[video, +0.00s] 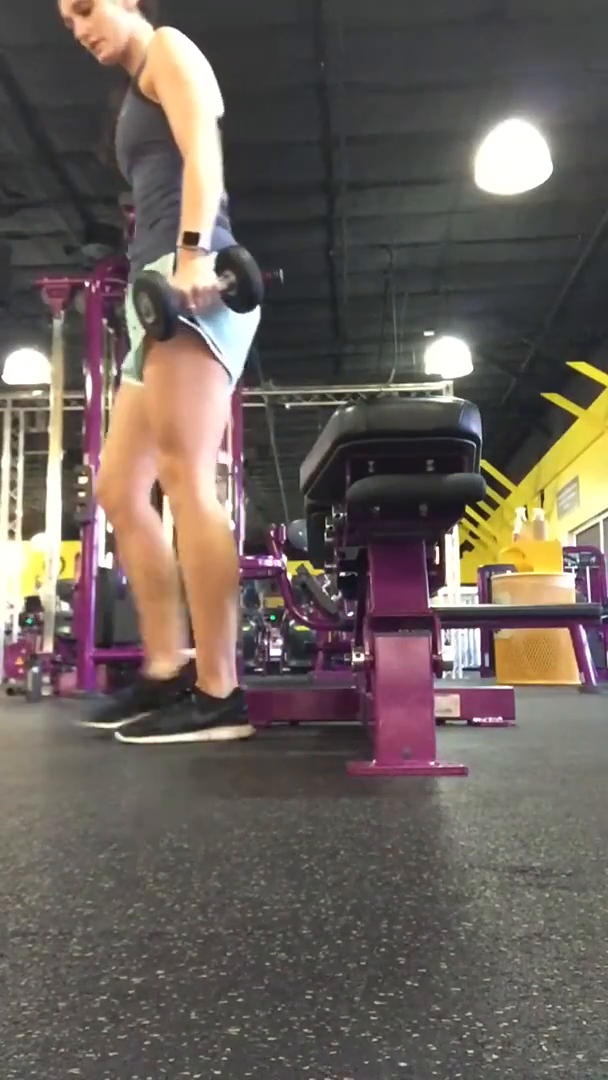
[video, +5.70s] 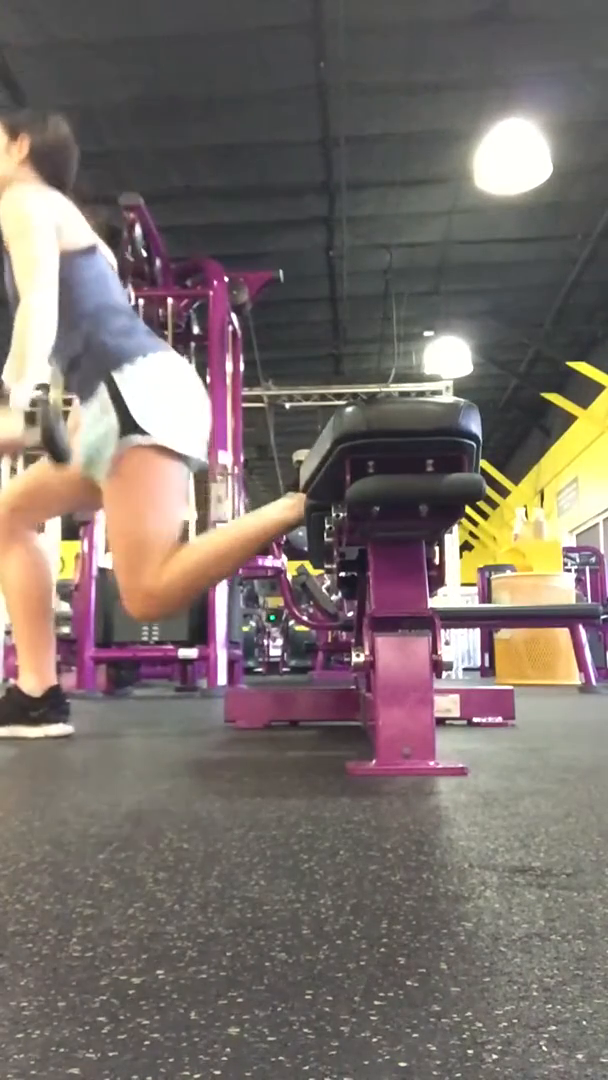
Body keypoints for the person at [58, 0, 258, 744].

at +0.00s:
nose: (79, 26)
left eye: (87, 8)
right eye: (69, 18)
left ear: (128, 1)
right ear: (72, 27)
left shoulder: (167, 49)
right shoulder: (135, 91)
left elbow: (201, 149)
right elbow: (155, 201)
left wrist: (191, 250)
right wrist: (143, 277)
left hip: (199, 283)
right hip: (162, 291)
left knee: (185, 476)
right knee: (121, 488)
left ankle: (219, 691)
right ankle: (165, 674)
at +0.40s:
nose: (48, 27)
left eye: (62, 12)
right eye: (39, 18)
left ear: (102, 19)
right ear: (38, 33)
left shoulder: (118, 73)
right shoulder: (91, 102)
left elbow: (156, 166)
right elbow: (118, 205)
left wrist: (145, 248)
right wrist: (101, 283)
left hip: (145, 289)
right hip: (143, 293)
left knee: (90, 478)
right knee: (115, 495)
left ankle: (195, 662)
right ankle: (107, 687)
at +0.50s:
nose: (47, 30)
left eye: (61, 16)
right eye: (38, 21)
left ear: (100, 25)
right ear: (38, 38)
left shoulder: (112, 76)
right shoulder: (90, 103)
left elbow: (150, 165)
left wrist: (131, 244)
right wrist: (92, 280)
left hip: (133, 292)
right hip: (165, 300)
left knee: (44, 461)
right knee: (117, 501)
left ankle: (185, 604)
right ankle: (110, 689)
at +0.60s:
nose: (48, 30)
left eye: (63, 16)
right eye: (40, 21)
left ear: (102, 27)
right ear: (39, 37)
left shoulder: (112, 79)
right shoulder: (87, 104)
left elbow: (143, 167)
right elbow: (105, 208)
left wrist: (116, 240)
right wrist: (81, 278)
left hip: (129, 293)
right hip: (159, 300)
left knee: (21, 448)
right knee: (113, 504)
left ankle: (196, 507)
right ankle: (109, 690)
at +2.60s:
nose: (61, 38)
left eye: (77, 24)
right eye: (54, 27)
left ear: (114, 36)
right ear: (53, 40)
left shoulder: (111, 90)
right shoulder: (92, 105)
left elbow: (118, 181)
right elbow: (116, 196)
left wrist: (97, 267)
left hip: (108, 295)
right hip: (91, 299)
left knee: (116, 487)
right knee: (53, 501)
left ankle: (305, 491)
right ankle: (83, 688)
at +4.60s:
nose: (18, 65)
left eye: (25, 51)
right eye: (21, 53)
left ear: (58, 49)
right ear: (71, 54)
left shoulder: (60, 98)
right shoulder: (91, 122)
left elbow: (73, 191)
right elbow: (121, 253)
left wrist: (35, 288)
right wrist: (116, 328)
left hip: (82, 318)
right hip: (89, 322)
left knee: (122, 504)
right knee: (27, 515)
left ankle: (304, 493)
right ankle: (76, 690)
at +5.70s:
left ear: (19, 147)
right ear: (40, 155)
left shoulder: (27, 200)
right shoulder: (51, 217)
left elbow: (40, 298)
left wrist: (23, 398)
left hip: (143, 392)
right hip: (117, 414)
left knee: (148, 592)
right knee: (13, 512)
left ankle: (306, 499)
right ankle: (36, 691)